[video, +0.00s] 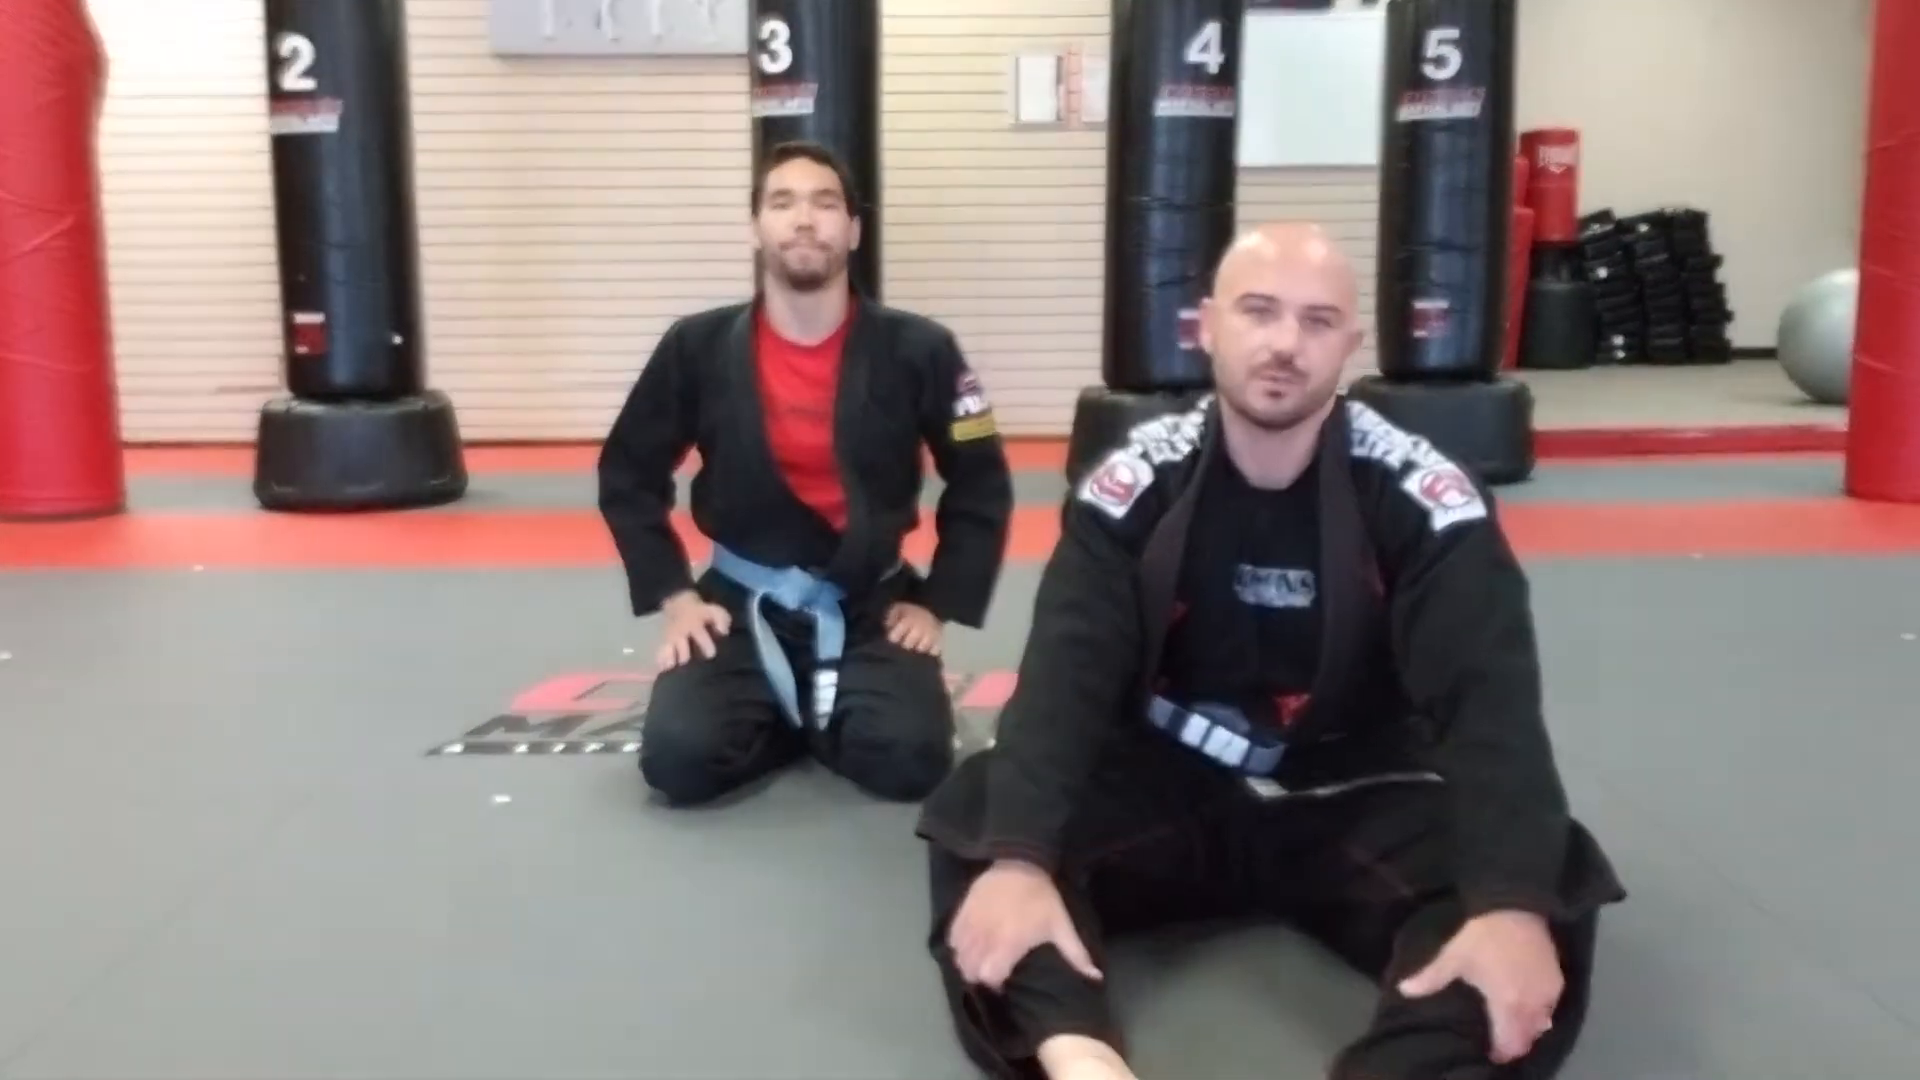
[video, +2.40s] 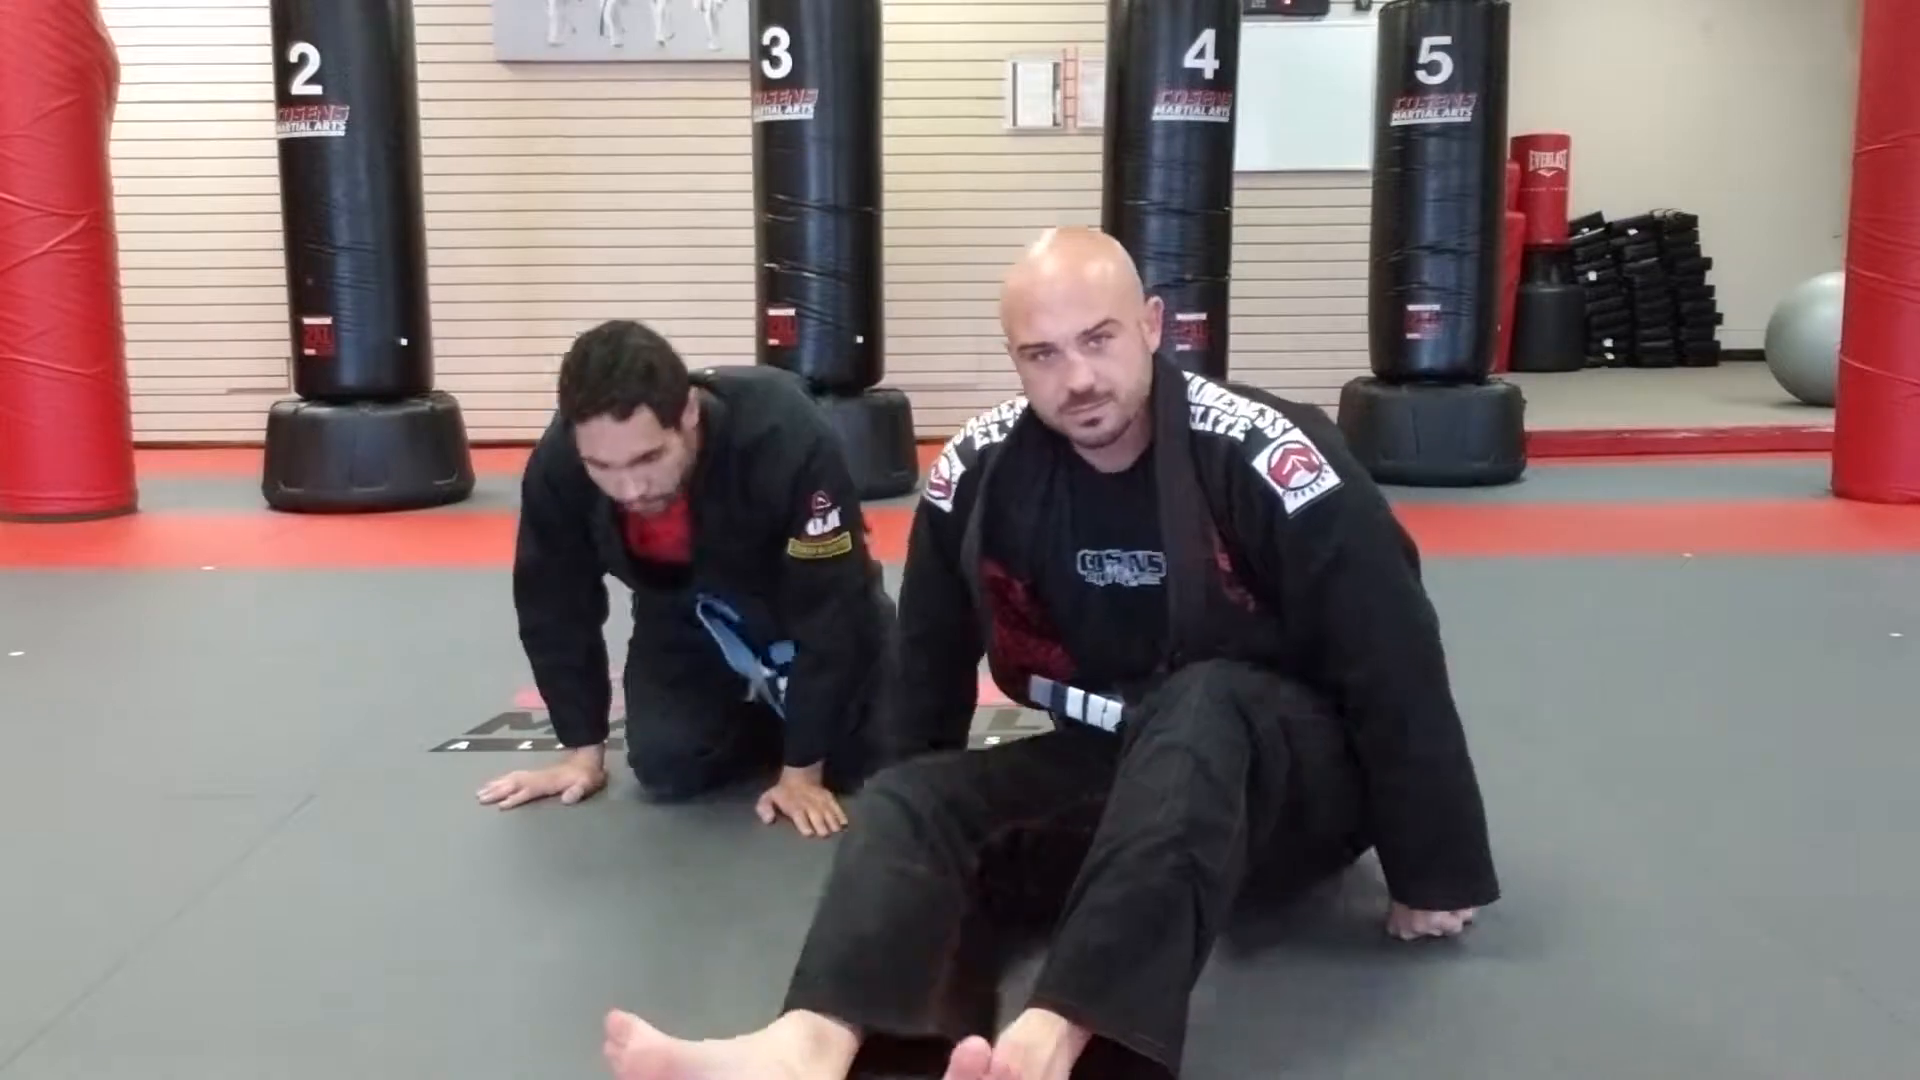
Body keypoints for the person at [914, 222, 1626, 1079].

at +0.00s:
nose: (1285, 344)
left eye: (1317, 323)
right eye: (1258, 312)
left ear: (1351, 347)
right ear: (1205, 328)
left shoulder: (1419, 490)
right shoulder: (1136, 479)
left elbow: (1487, 701)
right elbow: (1065, 675)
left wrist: (1511, 905)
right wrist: (1017, 858)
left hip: (1356, 815)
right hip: (1163, 800)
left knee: (1540, 877)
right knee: (979, 812)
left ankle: (1404, 1059)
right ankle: (1080, 1059)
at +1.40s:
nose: (1230, 350)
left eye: (1253, 320)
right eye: (1198, 329)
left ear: (1289, 331)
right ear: (1155, 351)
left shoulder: (1374, 470)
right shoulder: (1116, 479)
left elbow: (1435, 659)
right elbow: (1047, 641)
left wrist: (1416, 823)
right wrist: (1033, 765)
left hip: (1330, 794)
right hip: (1151, 784)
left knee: (1466, 833)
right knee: (995, 791)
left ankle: (1346, 1064)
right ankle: (1084, 1052)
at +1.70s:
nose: (1243, 320)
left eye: (1268, 298)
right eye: (1212, 302)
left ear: (1305, 324)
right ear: (1172, 336)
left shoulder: (1389, 464)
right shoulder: (1121, 476)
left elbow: (1498, 633)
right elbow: (1026, 638)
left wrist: (1548, 808)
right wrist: (935, 751)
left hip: (1326, 772)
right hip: (1162, 766)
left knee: (1403, 769)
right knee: (1044, 741)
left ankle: (1304, 1058)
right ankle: (1116, 1046)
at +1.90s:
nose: (1228, 331)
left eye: (1250, 306)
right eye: (1198, 313)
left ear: (1288, 322)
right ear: (1160, 341)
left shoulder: (1380, 464)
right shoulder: (1113, 471)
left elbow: (1493, 659)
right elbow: (1007, 626)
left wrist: (1534, 865)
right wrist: (931, 779)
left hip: (1341, 769)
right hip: (1172, 762)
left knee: (1318, 738)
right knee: (1045, 704)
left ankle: (1260, 1047)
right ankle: (1055, 1012)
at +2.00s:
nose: (1210, 350)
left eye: (1229, 321)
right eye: (1177, 332)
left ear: (1266, 322)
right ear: (1142, 352)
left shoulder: (1362, 453)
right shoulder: (1102, 467)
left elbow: (1491, 631)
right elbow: (986, 612)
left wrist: (1499, 854)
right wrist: (927, 777)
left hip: (1345, 777)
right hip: (1163, 768)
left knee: (1265, 723)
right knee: (1028, 716)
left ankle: (1202, 1029)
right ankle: (984, 996)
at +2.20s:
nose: (1138, 384)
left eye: (1158, 347)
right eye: (1105, 364)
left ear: (1205, 334)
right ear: (1076, 374)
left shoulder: (1308, 455)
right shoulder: (1044, 475)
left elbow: (1446, 637)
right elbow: (943, 616)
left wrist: (1436, 861)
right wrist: (914, 804)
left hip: (1317, 784)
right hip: (1126, 765)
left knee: (1202, 726)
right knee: (978, 785)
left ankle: (1069, 1016)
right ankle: (849, 1015)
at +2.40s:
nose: (1079, 379)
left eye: (1101, 340)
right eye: (1044, 354)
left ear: (1153, 325)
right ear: (1011, 358)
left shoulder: (1272, 459)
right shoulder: (974, 477)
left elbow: (1394, 666)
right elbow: (926, 682)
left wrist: (1435, 870)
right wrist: (914, 883)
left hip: (1293, 785)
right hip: (1093, 774)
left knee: (1199, 700)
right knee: (905, 792)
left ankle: (1044, 1041)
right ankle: (810, 1037)